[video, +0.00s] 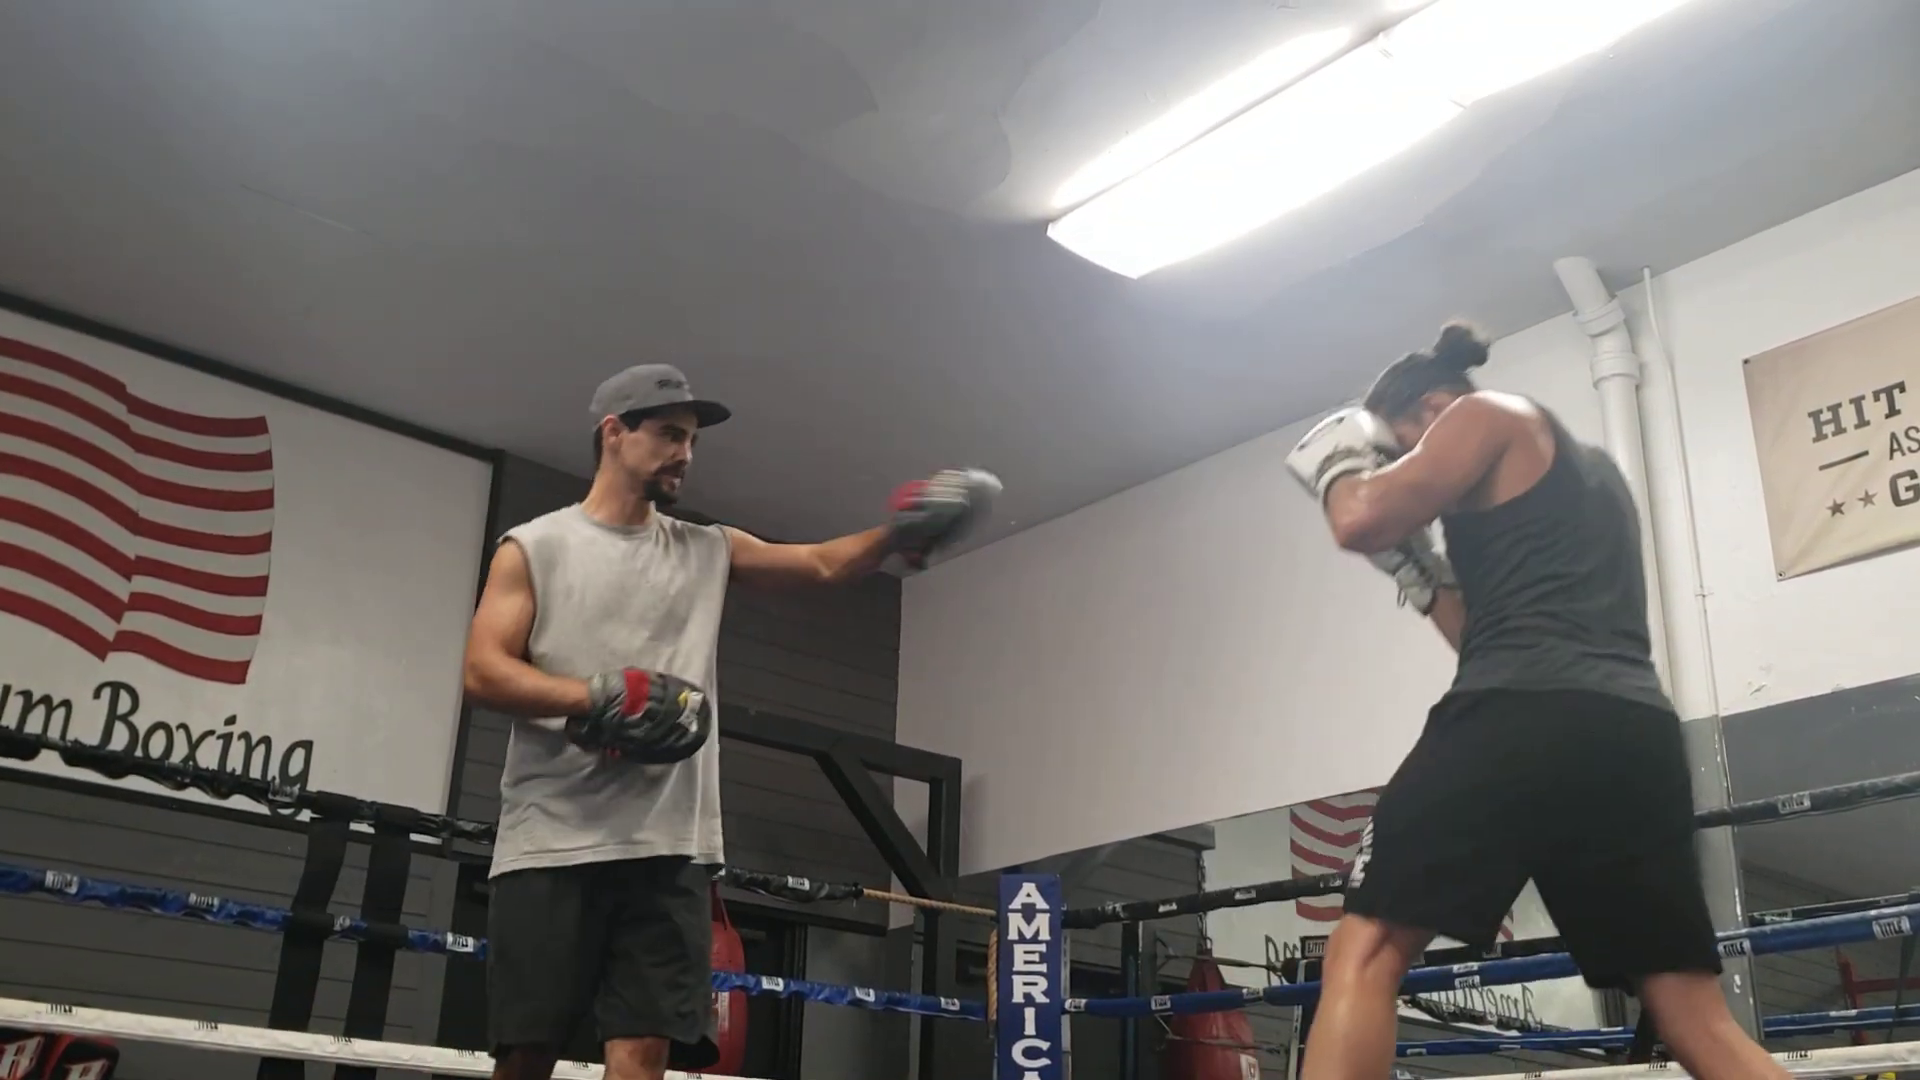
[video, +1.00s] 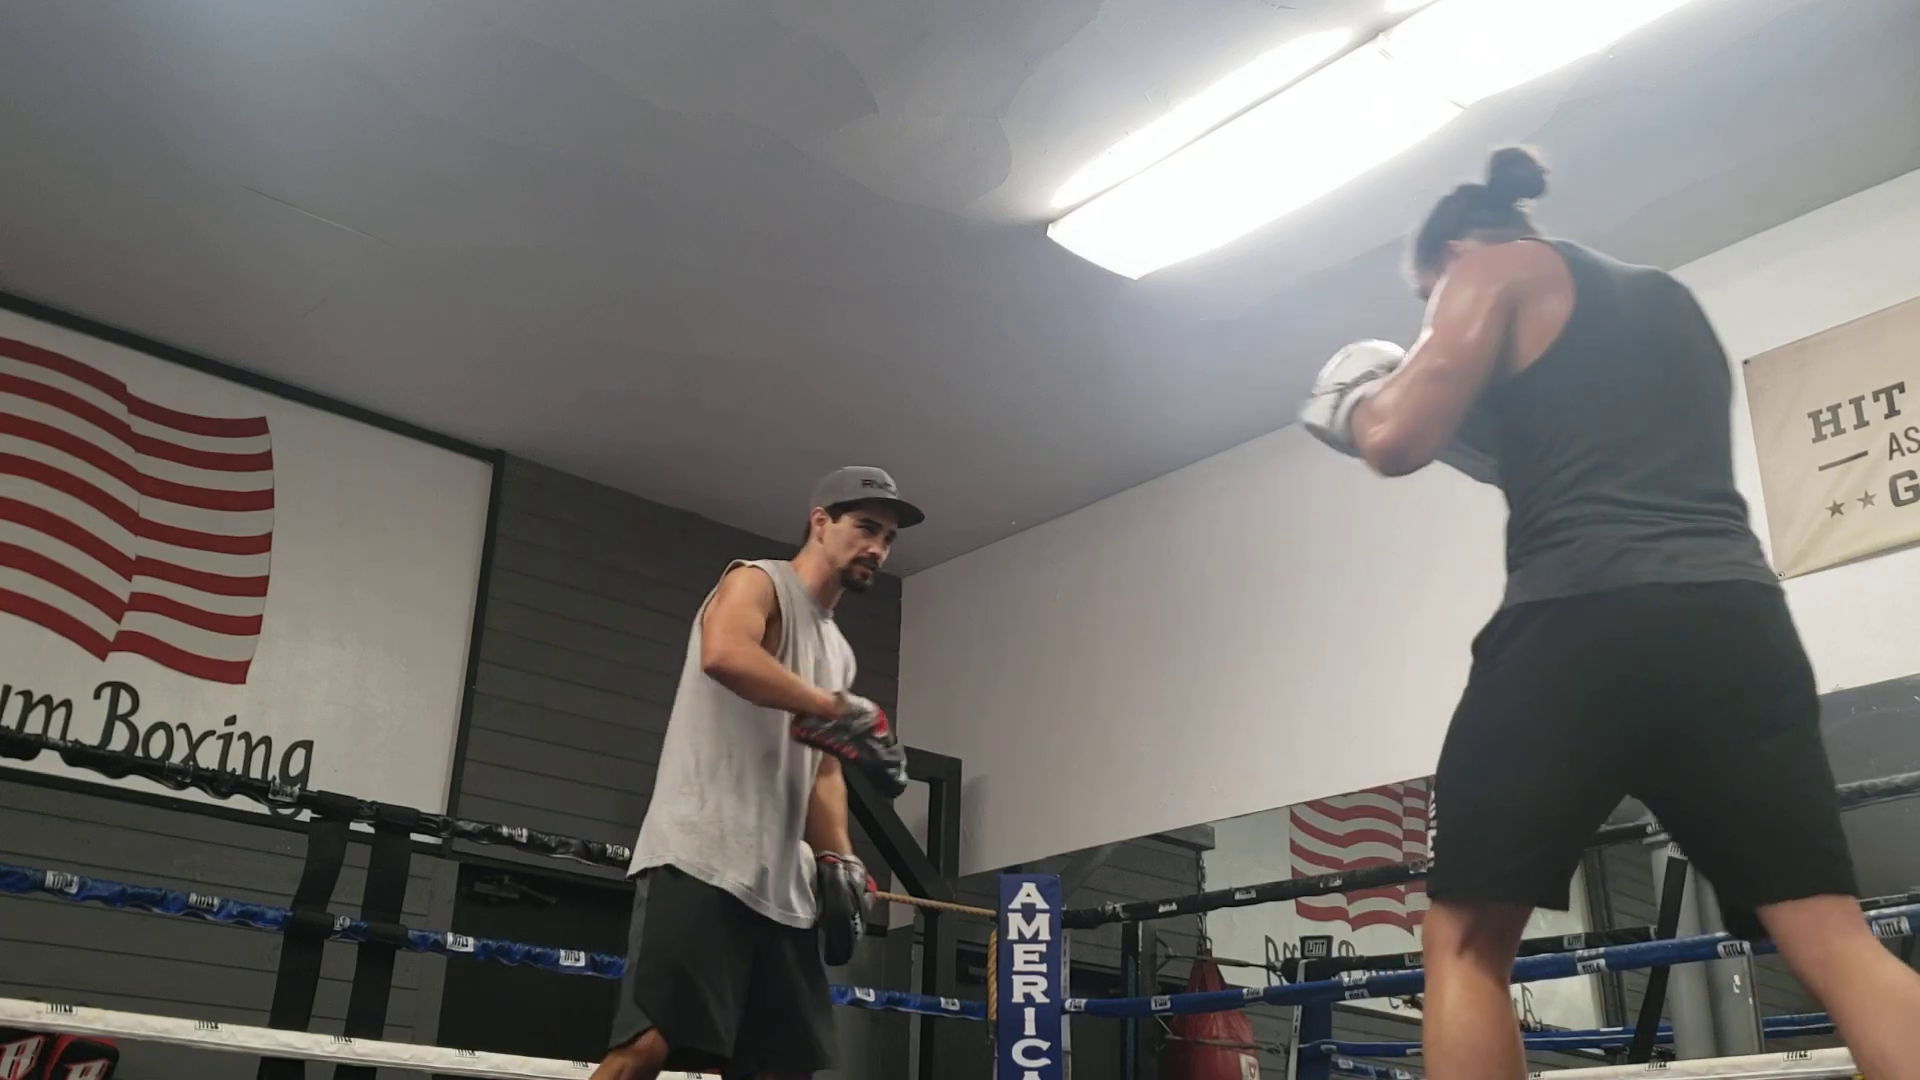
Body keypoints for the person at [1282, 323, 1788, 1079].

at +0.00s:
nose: (1411, 459)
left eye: (1404, 443)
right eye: (1403, 452)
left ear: (1425, 405)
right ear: (1455, 389)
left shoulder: (1489, 416)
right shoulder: (1595, 471)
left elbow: (1359, 522)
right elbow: (1494, 644)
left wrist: (1338, 461)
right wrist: (1412, 563)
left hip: (1515, 716)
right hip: (1636, 727)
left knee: (1366, 955)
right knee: (1697, 1015)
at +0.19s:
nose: (1443, 410)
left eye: (1439, 390)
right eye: (1436, 401)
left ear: (1463, 356)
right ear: (1496, 344)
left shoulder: (1518, 372)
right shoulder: (1633, 427)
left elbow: (1371, 475)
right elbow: (1514, 599)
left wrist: (1359, 414)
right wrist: (1437, 513)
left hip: (1542, 675)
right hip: (1664, 687)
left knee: (1394, 919)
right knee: (1717, 988)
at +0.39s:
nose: (1401, 408)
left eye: (1396, 387)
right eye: (1391, 396)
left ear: (1416, 345)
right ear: (1467, 320)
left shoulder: (1468, 362)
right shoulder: (1605, 393)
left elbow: (1338, 513)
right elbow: (1540, 561)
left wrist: (1322, 432)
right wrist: (1449, 532)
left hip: (1541, 676)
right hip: (1666, 680)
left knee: (1435, 953)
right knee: (1718, 997)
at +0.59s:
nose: (1325, 388)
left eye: (1318, 369)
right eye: (1315, 377)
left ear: (1341, 324)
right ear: (1389, 297)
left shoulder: (1388, 343)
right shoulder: (1545, 348)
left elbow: (1301, 533)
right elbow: (1457, 504)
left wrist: (1263, 450)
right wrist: (1325, 473)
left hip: (1517, 647)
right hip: (1655, 638)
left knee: (1434, 950)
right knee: (1742, 948)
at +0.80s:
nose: (1343, 335)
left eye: (1338, 316)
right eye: (1335, 325)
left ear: (1360, 272)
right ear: (1419, 242)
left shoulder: (1404, 297)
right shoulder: (1569, 301)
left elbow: (1305, 494)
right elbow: (1472, 449)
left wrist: (1276, 405)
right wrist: (1353, 396)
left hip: (1528, 623)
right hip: (1673, 610)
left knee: (1462, 942)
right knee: (1774, 926)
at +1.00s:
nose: (1437, 313)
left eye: (1434, 291)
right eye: (1431, 299)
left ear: (1460, 249)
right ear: (1518, 220)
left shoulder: (1494, 265)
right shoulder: (1672, 298)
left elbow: (1393, 439)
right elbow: (1582, 455)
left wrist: (1356, 396)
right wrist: (1444, 403)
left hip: (1576, 631)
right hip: (1736, 619)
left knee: (1468, 945)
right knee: (1835, 939)